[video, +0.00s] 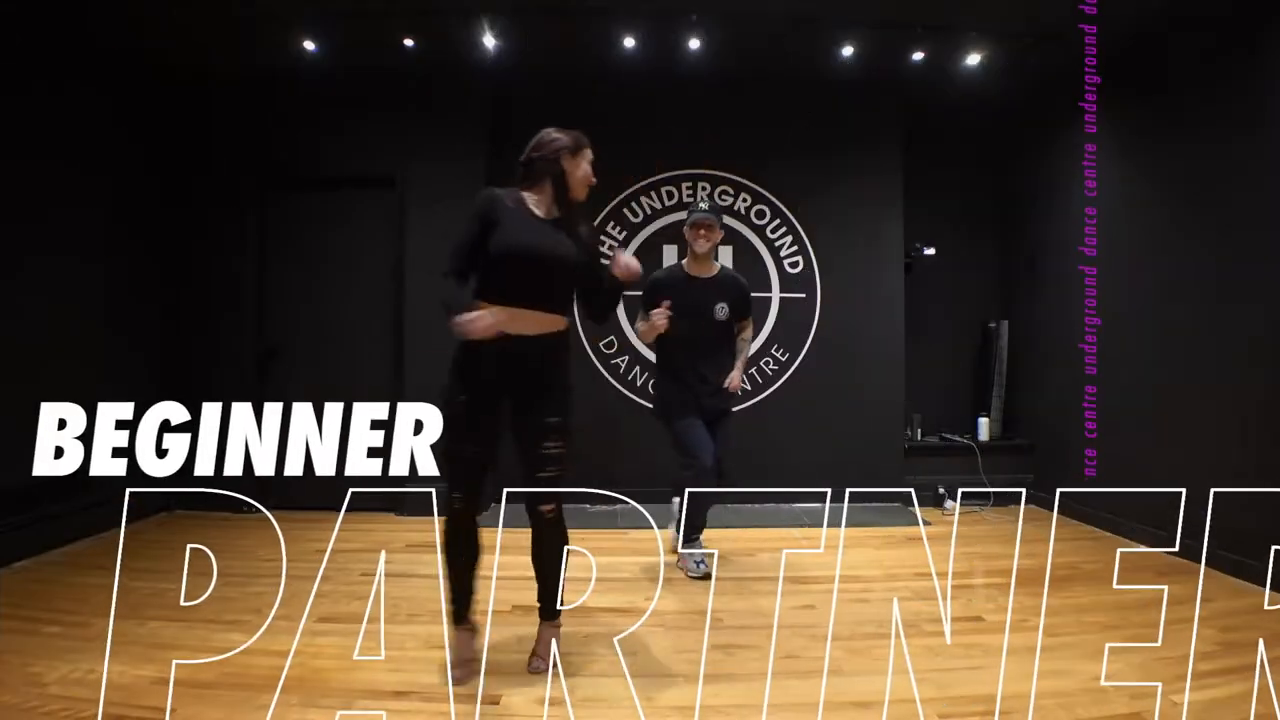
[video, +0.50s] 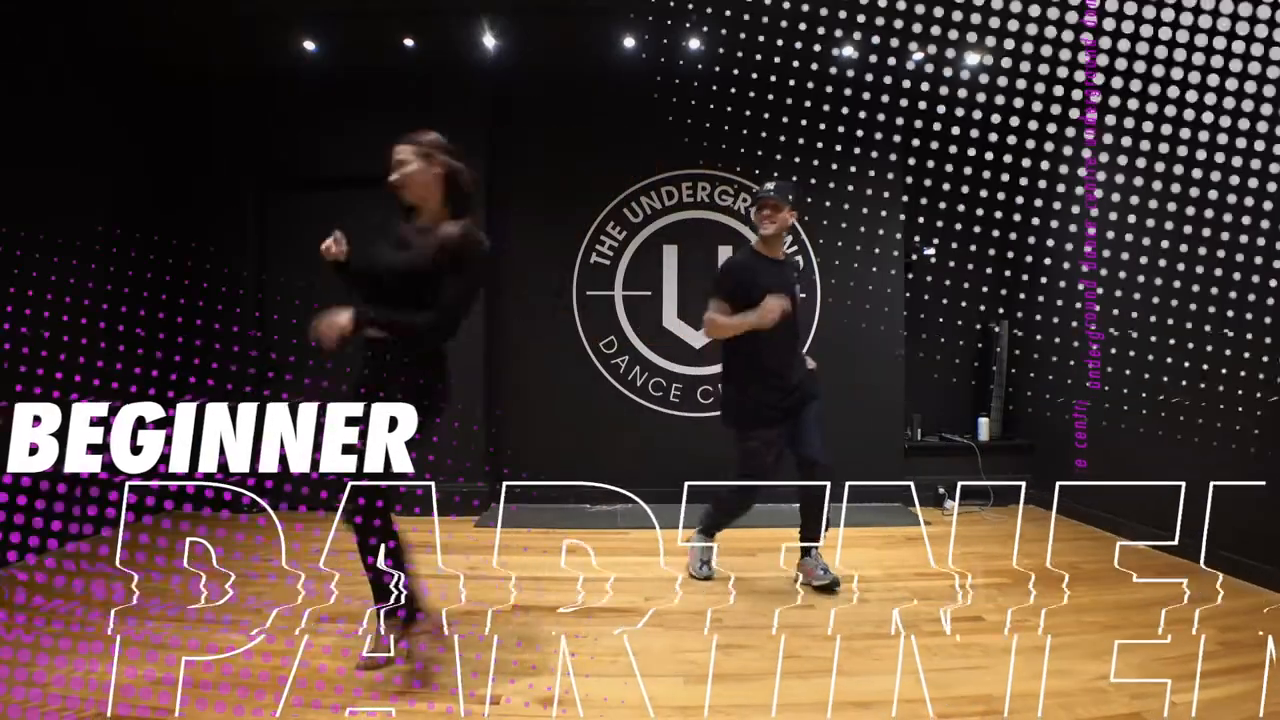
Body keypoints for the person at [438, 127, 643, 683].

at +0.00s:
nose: (592, 174)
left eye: (592, 164)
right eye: (586, 162)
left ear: (570, 168)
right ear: (558, 162)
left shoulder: (577, 231)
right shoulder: (495, 206)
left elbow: (596, 313)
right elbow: (455, 274)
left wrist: (621, 281)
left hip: (545, 364)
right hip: (483, 360)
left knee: (546, 499)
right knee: (462, 499)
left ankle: (548, 625)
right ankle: (462, 628)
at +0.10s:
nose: (575, 173)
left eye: (575, 164)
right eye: (568, 162)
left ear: (552, 167)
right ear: (537, 161)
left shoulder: (564, 226)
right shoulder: (474, 206)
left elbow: (594, 309)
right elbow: (421, 263)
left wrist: (584, 250)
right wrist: (395, 302)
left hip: (537, 365)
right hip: (471, 360)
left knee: (540, 495)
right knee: (436, 492)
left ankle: (546, 624)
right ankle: (415, 621)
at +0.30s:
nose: (522, 176)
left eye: (522, 167)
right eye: (513, 165)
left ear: (503, 173)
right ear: (480, 165)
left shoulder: (507, 234)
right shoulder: (419, 211)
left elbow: (532, 311)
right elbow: (357, 230)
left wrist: (501, 243)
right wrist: (337, 265)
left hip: (483, 366)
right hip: (416, 365)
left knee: (506, 496)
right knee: (373, 493)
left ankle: (544, 620)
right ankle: (394, 617)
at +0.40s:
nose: (483, 169)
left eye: (490, 162)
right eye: (472, 160)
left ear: (494, 176)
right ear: (443, 167)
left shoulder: (488, 236)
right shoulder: (409, 215)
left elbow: (489, 297)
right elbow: (365, 235)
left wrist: (442, 251)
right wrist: (344, 255)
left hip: (457, 365)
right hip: (395, 363)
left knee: (459, 497)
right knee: (359, 493)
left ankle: (512, 605)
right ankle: (391, 615)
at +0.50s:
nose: (394, 177)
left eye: (404, 166)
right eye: (393, 169)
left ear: (438, 170)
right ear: (409, 178)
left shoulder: (464, 242)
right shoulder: (403, 235)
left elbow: (438, 322)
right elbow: (384, 293)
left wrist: (361, 320)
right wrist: (346, 264)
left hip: (417, 377)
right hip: (377, 370)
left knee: (364, 494)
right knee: (359, 494)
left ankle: (393, 608)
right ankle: (397, 600)